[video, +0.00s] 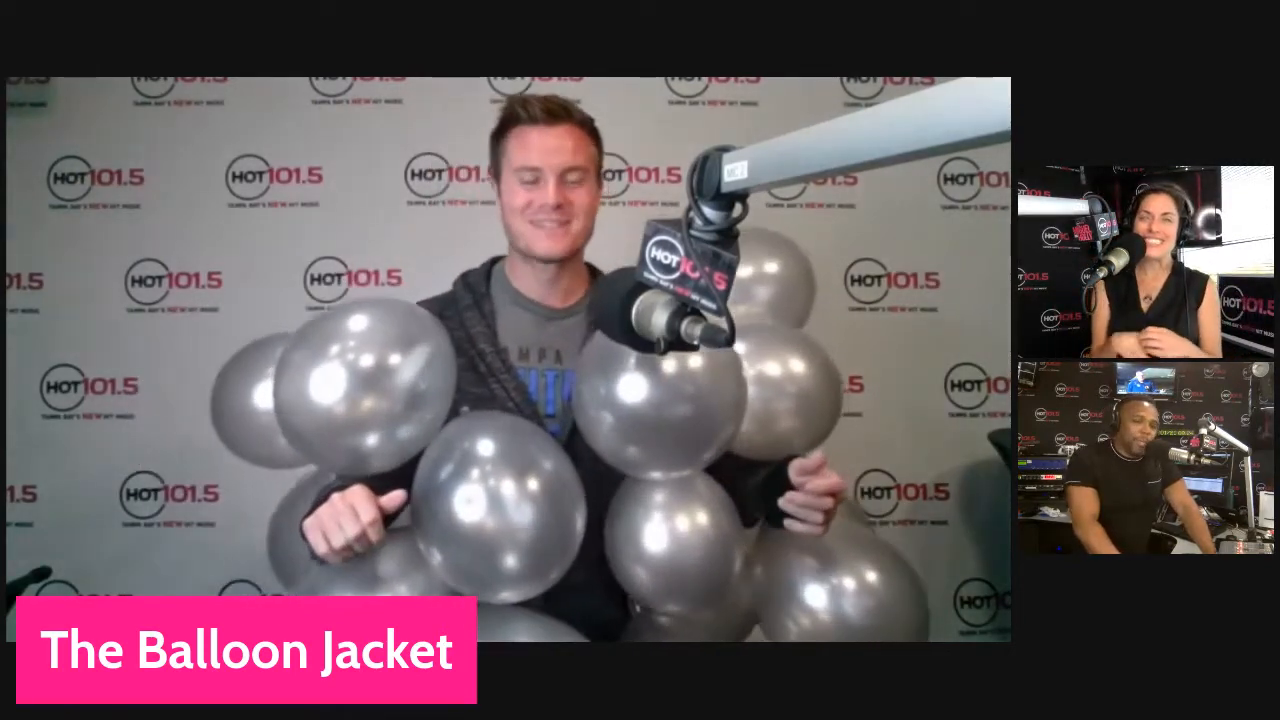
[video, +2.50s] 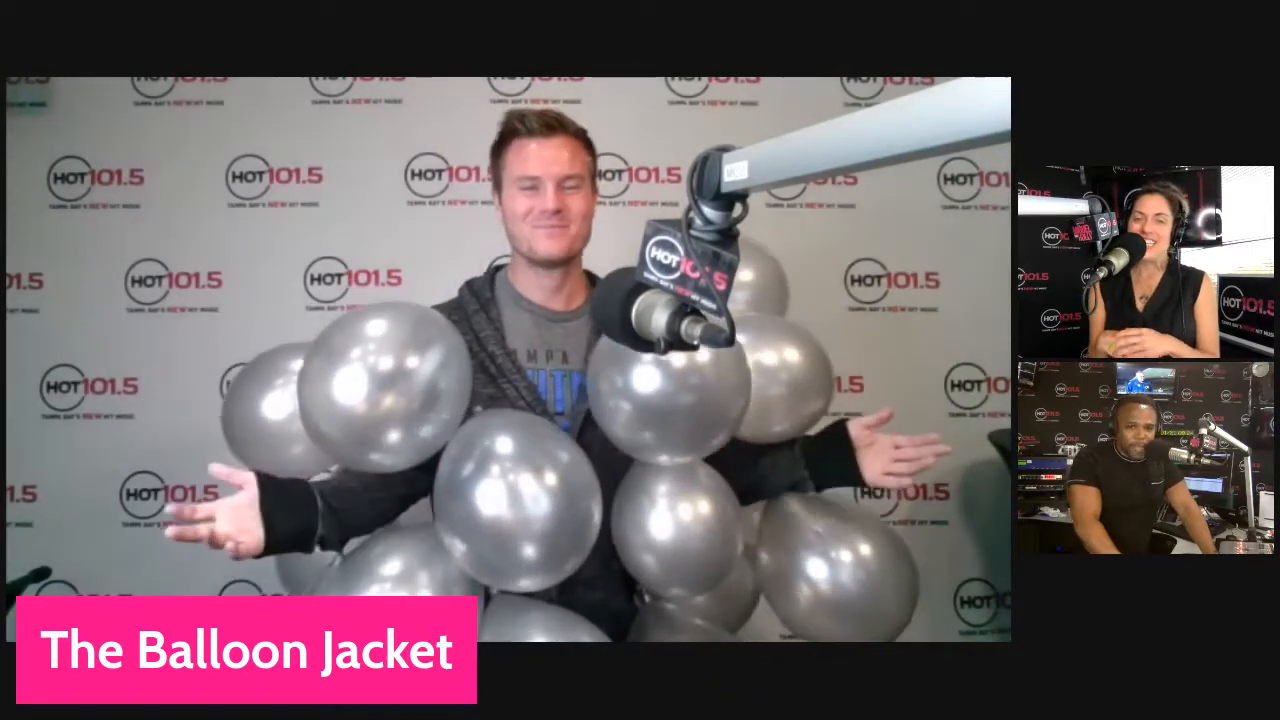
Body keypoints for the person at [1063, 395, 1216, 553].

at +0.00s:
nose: (1146, 430)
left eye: (1152, 424)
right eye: (1137, 421)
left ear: (1157, 430)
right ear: (1117, 422)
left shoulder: (1157, 457)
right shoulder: (1086, 459)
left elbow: (1186, 508)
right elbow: (1085, 524)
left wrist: (1210, 552)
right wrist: (1117, 560)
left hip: (1142, 555)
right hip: (1096, 557)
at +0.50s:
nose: (1146, 432)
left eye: (1152, 426)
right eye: (1137, 423)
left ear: (1157, 430)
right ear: (1117, 422)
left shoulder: (1156, 458)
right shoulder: (1086, 459)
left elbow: (1186, 508)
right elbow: (1085, 524)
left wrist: (1210, 552)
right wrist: (1117, 562)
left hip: (1142, 557)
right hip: (1097, 560)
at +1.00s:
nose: (1142, 430)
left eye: (1147, 423)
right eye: (1132, 423)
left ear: (1153, 427)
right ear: (1112, 428)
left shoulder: (1157, 457)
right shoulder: (1087, 460)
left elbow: (1187, 508)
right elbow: (1086, 524)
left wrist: (1211, 553)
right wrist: (1120, 564)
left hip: (1143, 556)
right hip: (1098, 558)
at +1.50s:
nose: (1142, 433)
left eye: (1148, 425)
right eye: (1131, 425)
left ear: (1154, 428)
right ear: (1112, 427)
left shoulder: (1157, 458)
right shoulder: (1087, 460)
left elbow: (1186, 508)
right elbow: (1086, 524)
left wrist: (1211, 552)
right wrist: (1118, 560)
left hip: (1144, 556)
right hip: (1100, 556)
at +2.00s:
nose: (1141, 432)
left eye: (1147, 424)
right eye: (1131, 424)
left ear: (1153, 428)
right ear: (1112, 427)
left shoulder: (1158, 458)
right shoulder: (1087, 460)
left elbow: (1187, 508)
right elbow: (1086, 524)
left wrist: (1211, 552)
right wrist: (1118, 561)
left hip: (1143, 557)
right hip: (1098, 557)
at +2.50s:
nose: (1141, 435)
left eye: (1148, 428)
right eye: (1131, 427)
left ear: (1156, 431)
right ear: (1115, 428)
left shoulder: (1159, 459)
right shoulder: (1091, 459)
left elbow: (1188, 508)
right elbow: (1086, 523)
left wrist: (1211, 551)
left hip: (1142, 555)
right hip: (1097, 555)